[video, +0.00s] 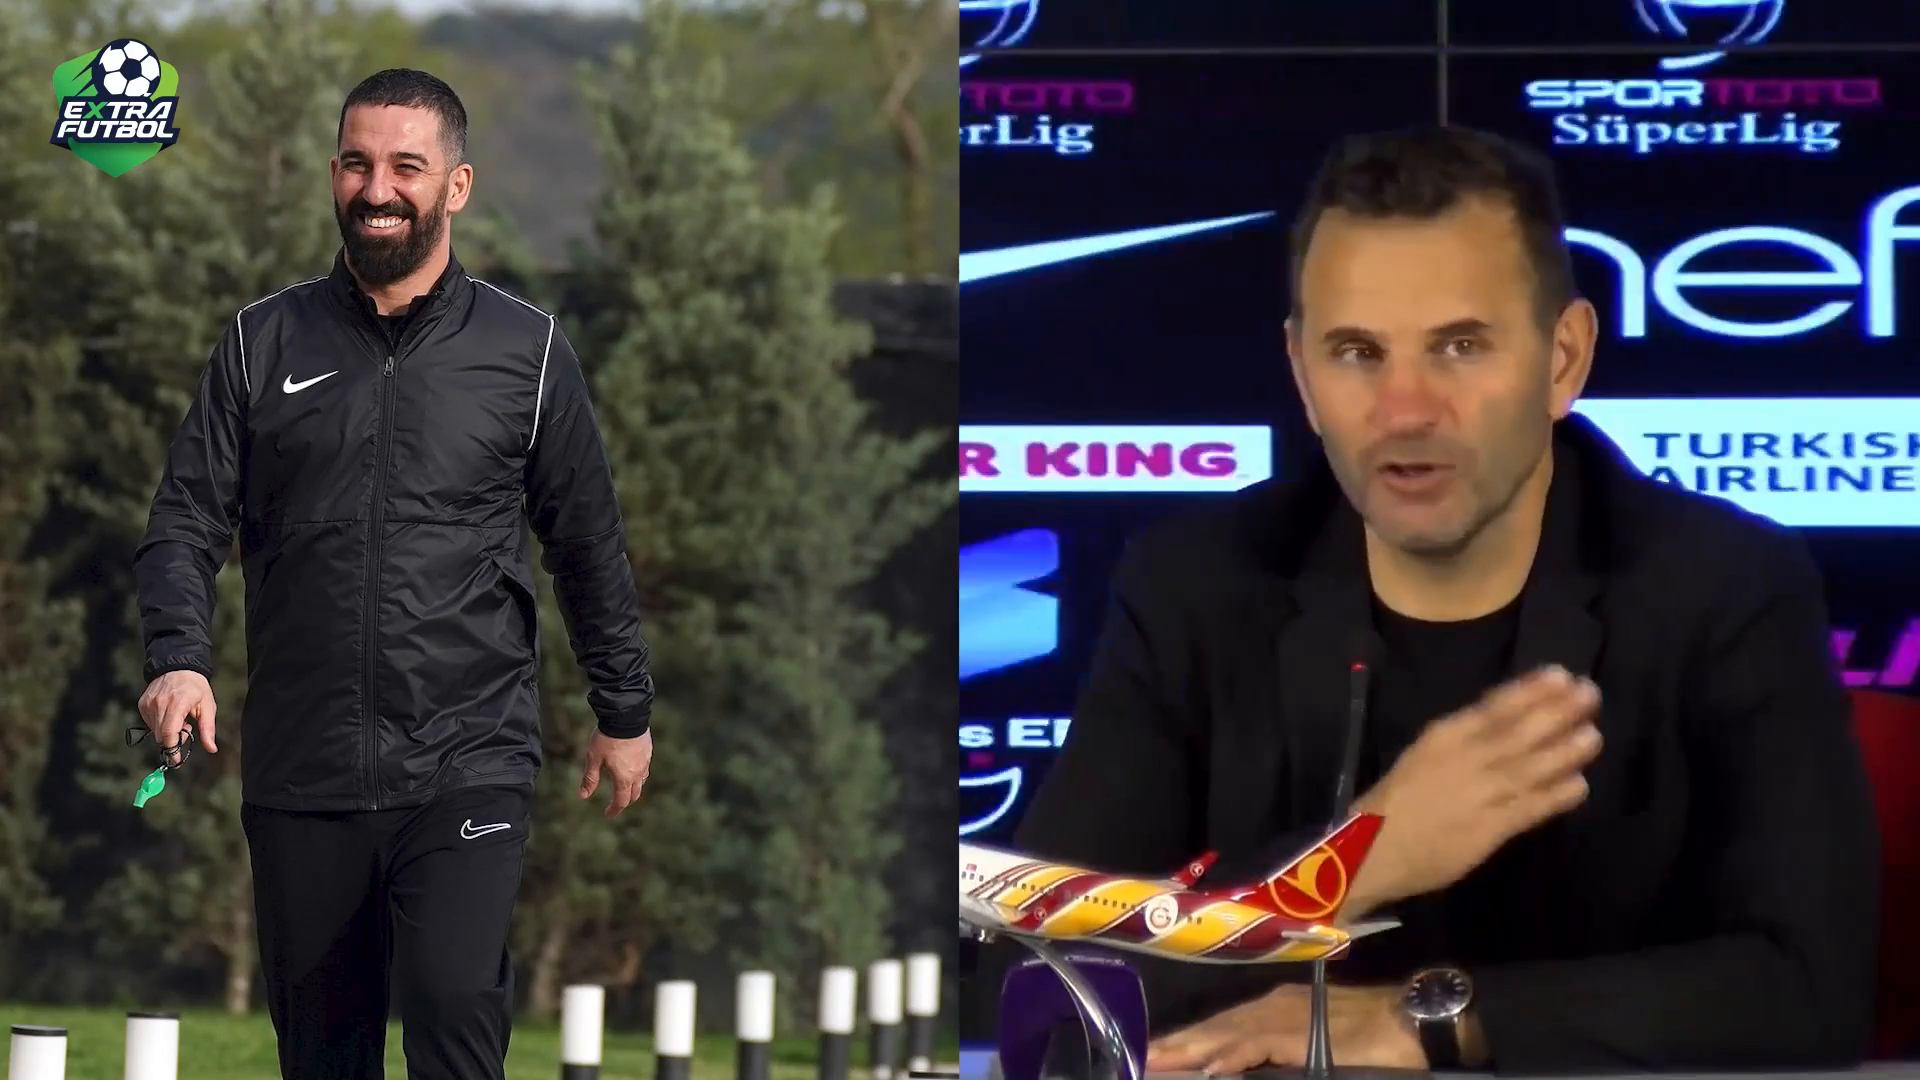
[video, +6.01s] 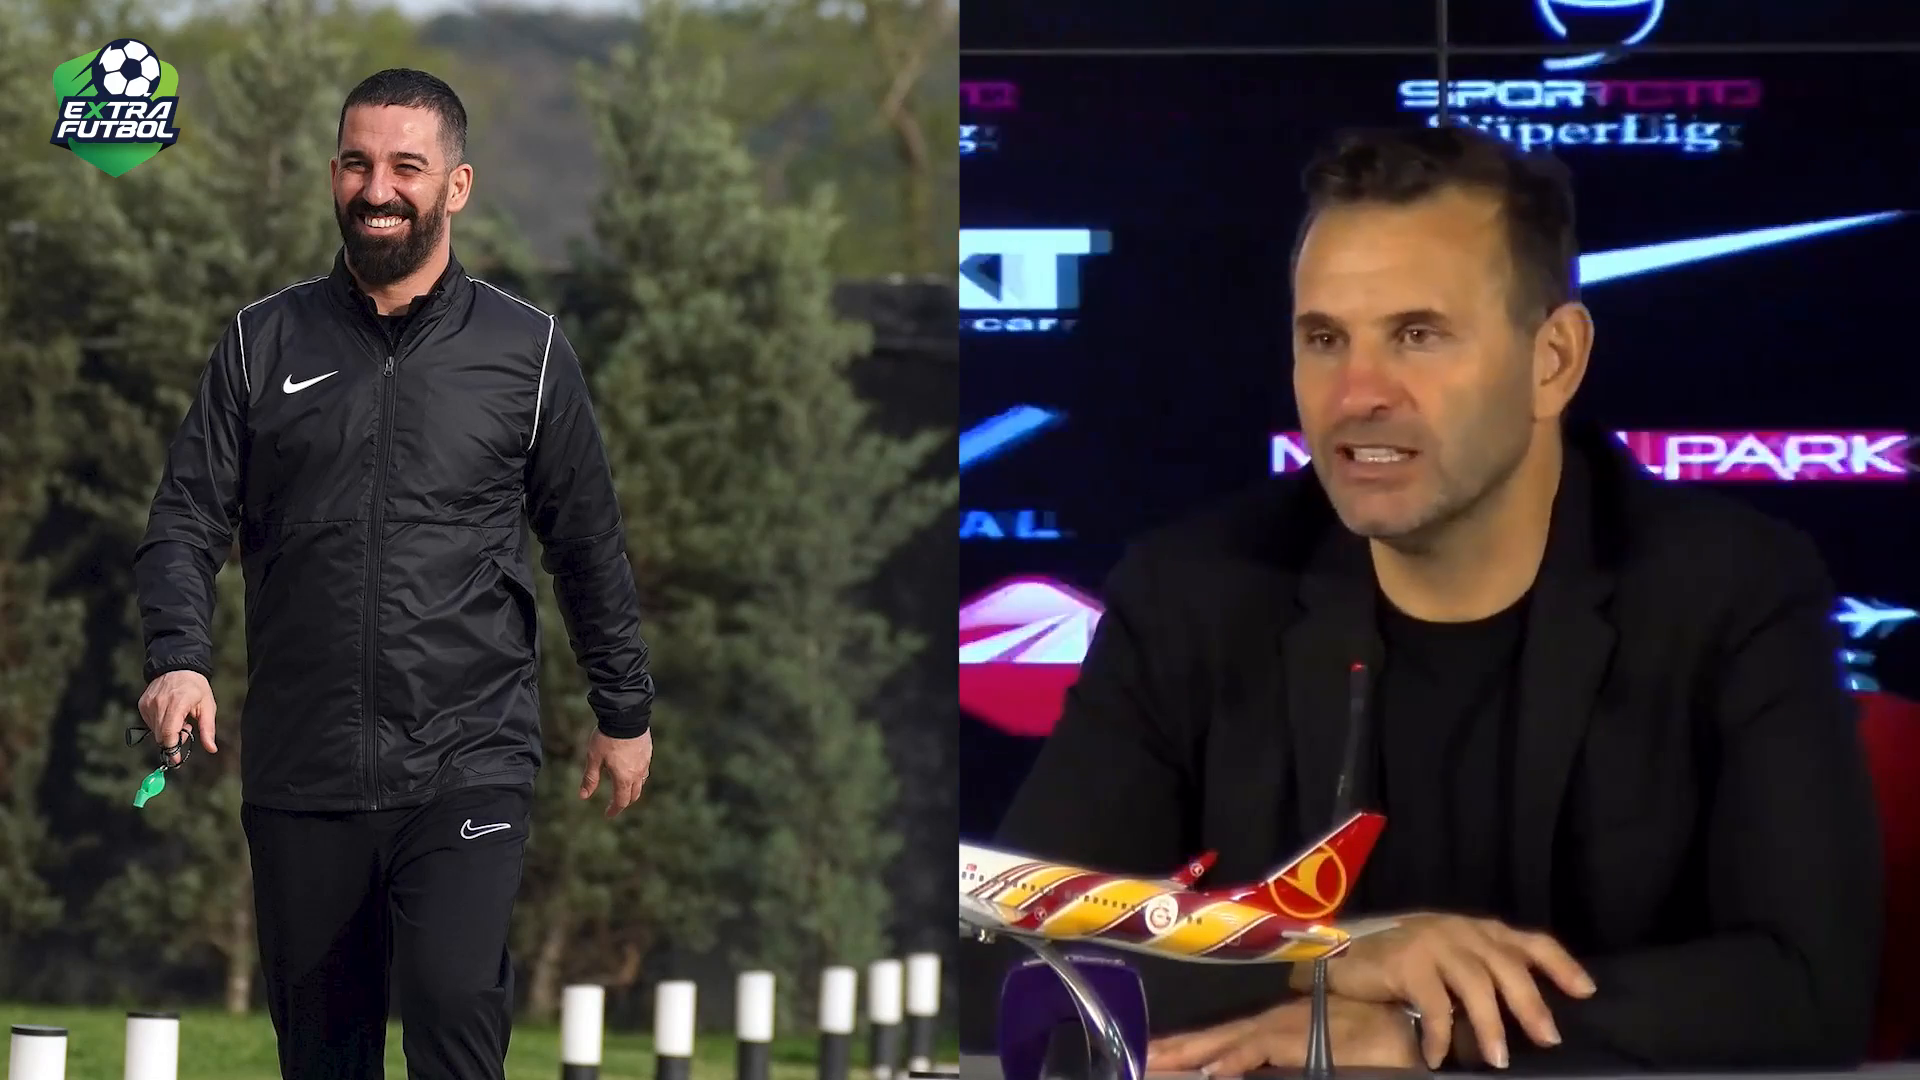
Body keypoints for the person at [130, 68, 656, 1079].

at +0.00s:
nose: (376, 187)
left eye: (405, 164)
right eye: (356, 162)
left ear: (458, 185)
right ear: (334, 176)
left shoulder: (529, 349)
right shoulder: (259, 342)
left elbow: (588, 540)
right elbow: (187, 513)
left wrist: (623, 709)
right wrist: (178, 658)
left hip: (471, 752)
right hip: (302, 755)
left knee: (455, 1019)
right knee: (320, 1042)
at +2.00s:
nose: (375, 187)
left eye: (405, 164)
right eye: (356, 162)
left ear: (458, 185)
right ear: (334, 177)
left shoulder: (530, 350)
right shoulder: (259, 342)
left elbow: (588, 541)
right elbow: (187, 513)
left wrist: (623, 708)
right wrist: (177, 658)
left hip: (472, 752)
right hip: (301, 755)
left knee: (455, 1018)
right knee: (320, 1042)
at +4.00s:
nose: (376, 187)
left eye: (405, 164)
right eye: (356, 162)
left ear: (458, 185)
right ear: (334, 177)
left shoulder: (530, 350)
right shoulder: (259, 342)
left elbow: (589, 541)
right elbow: (186, 513)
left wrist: (623, 708)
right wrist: (178, 658)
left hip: (471, 752)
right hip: (301, 755)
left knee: (455, 1019)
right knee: (320, 1043)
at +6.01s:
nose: (376, 187)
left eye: (405, 164)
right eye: (356, 162)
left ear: (458, 185)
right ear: (334, 177)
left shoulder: (530, 350)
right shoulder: (259, 342)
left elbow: (589, 541)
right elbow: (187, 513)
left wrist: (623, 708)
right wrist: (178, 658)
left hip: (471, 752)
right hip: (301, 755)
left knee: (455, 1019)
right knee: (320, 1043)